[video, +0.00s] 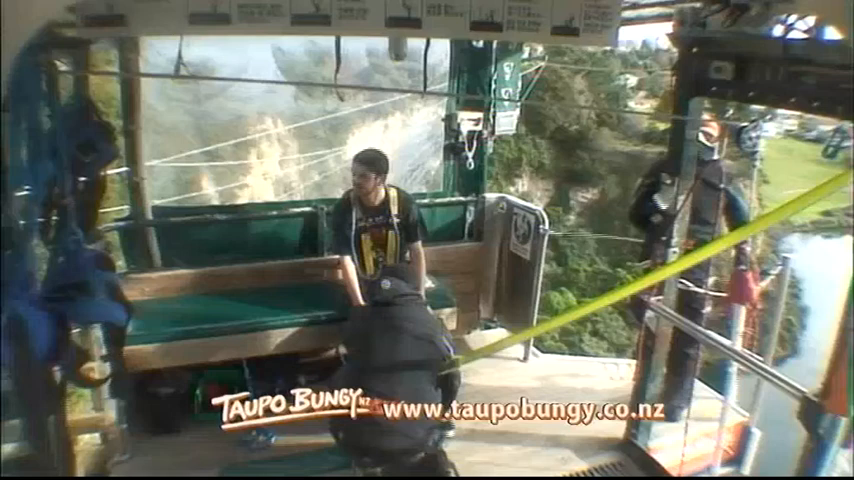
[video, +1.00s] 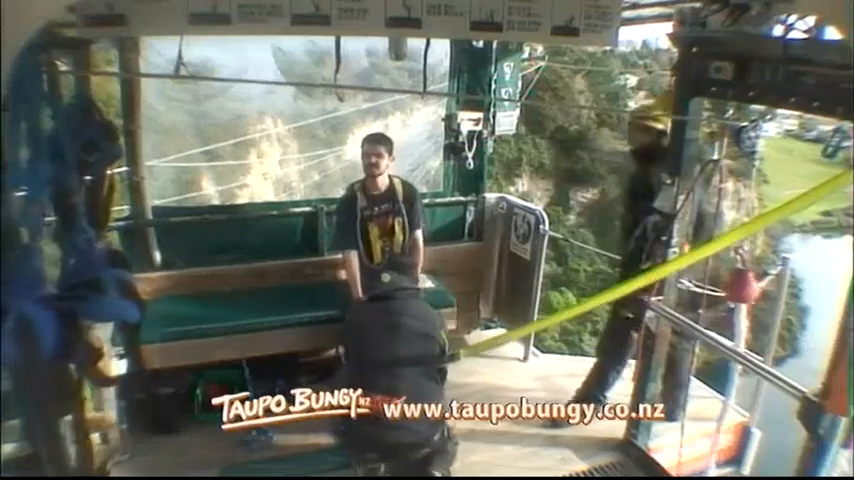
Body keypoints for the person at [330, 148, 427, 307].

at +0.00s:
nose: (355, 181)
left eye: (362, 176)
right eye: (354, 175)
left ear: (379, 179)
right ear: (351, 174)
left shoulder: (403, 202)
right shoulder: (345, 208)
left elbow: (416, 250)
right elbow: (346, 259)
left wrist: (419, 295)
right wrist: (359, 304)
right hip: (364, 287)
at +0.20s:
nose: (355, 181)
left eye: (362, 176)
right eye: (354, 175)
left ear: (379, 179)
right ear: (351, 174)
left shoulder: (403, 202)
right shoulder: (345, 208)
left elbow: (416, 250)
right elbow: (346, 259)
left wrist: (419, 295)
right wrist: (359, 304)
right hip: (364, 287)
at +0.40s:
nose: (356, 179)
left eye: (364, 175)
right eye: (354, 173)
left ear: (381, 177)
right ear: (352, 172)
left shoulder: (404, 202)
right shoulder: (344, 208)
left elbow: (416, 250)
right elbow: (346, 260)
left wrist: (419, 295)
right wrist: (359, 304)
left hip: (400, 285)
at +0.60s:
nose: (366, 170)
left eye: (373, 165)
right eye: (363, 165)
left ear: (388, 168)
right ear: (358, 165)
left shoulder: (406, 199)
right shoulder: (348, 202)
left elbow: (415, 248)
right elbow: (347, 258)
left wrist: (417, 292)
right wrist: (358, 301)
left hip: (402, 284)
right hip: (365, 287)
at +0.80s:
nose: (372, 166)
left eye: (378, 161)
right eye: (367, 160)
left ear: (391, 165)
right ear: (362, 163)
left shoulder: (408, 196)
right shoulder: (350, 200)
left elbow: (414, 244)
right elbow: (348, 253)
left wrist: (414, 288)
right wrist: (356, 299)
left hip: (402, 282)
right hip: (366, 283)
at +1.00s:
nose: (371, 161)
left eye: (378, 156)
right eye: (367, 156)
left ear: (390, 160)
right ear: (361, 159)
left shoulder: (407, 191)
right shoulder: (351, 198)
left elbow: (417, 239)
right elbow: (350, 251)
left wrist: (414, 279)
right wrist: (358, 296)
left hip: (405, 278)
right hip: (368, 280)